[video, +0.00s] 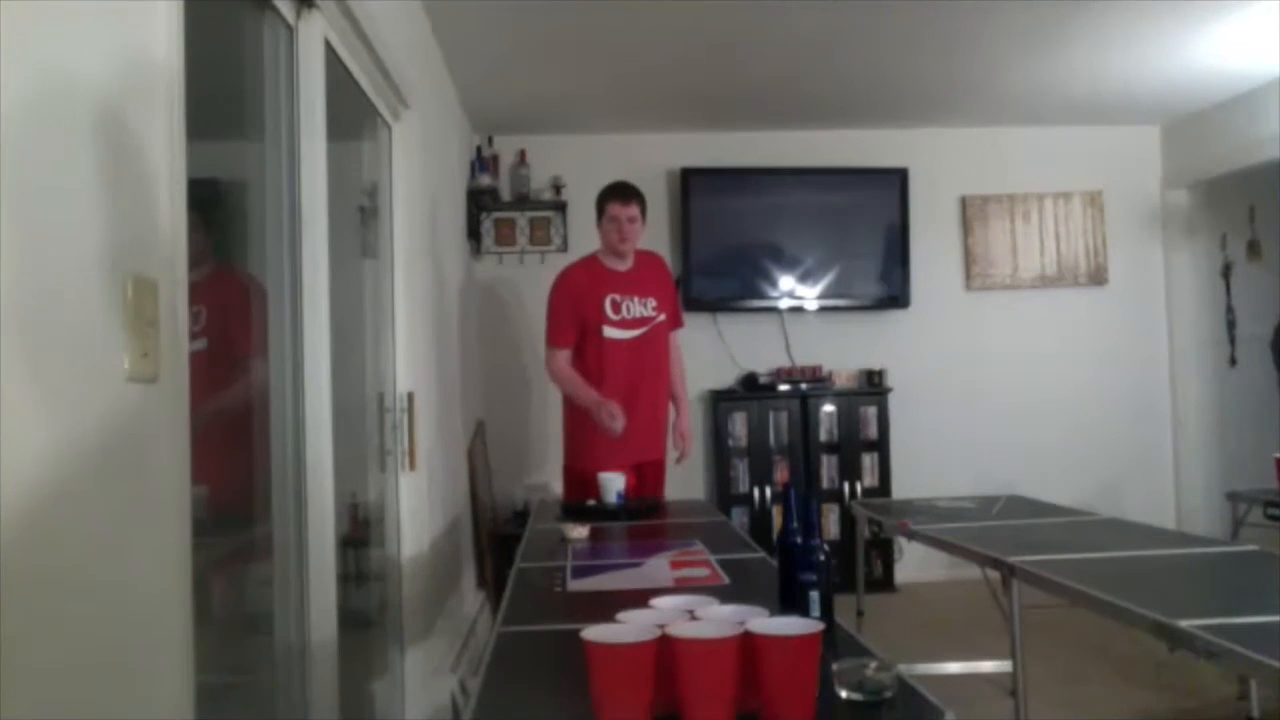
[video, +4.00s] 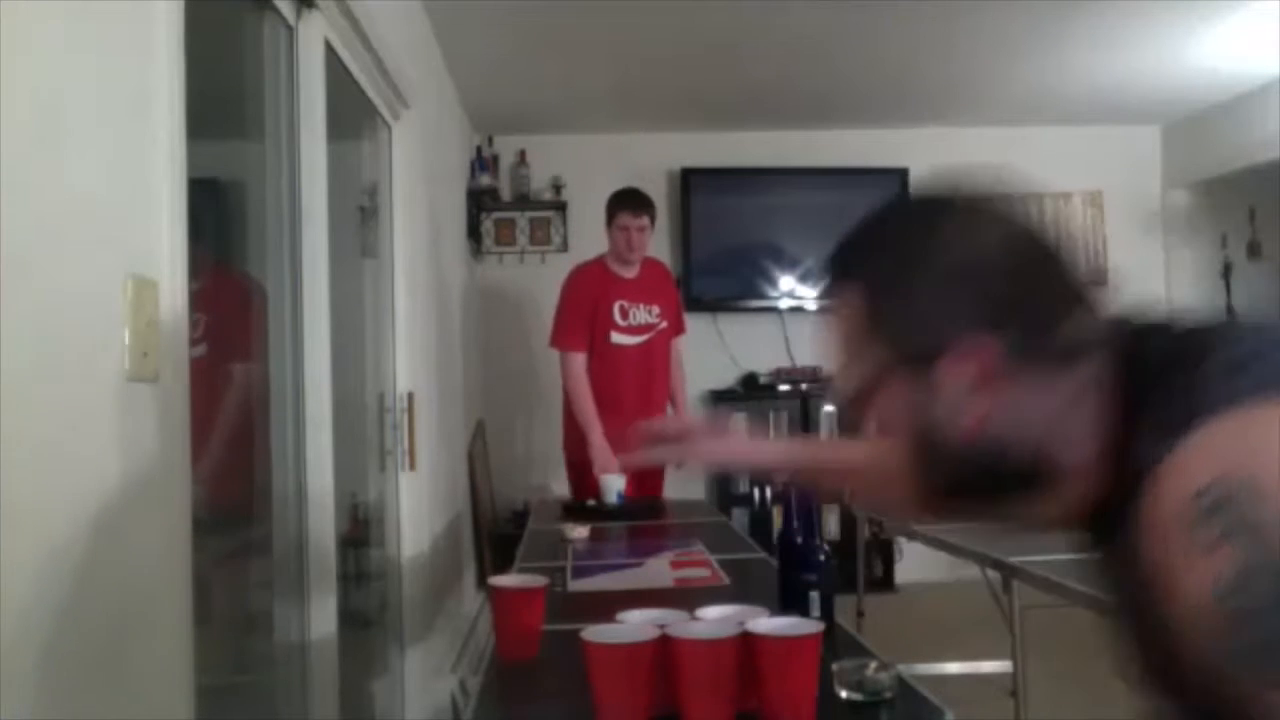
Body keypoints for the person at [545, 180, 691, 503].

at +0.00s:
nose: (623, 230)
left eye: (632, 221)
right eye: (614, 221)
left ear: (643, 226)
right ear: (599, 225)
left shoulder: (657, 271)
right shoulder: (574, 280)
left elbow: (670, 346)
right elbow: (557, 363)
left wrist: (682, 413)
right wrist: (596, 404)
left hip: (649, 438)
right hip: (594, 442)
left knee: (648, 540)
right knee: (594, 541)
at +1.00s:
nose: (631, 216)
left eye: (639, 207)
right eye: (623, 208)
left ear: (649, 215)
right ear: (608, 213)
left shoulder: (657, 261)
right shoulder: (587, 261)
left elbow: (675, 339)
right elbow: (601, 282)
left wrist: (691, 404)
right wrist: (617, 198)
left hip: (654, 431)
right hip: (602, 432)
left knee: (653, 543)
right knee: (598, 544)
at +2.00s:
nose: (639, 241)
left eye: (648, 233)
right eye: (630, 231)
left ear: (658, 232)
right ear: (616, 228)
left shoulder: (669, 273)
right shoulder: (593, 274)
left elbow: (683, 347)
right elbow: (543, 345)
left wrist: (689, 419)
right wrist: (579, 417)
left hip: (656, 443)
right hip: (601, 444)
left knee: (654, 545)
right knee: (598, 545)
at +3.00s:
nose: (625, 258)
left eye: (634, 249)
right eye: (616, 249)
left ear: (645, 242)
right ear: (602, 239)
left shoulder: (662, 277)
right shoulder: (578, 283)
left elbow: (677, 341)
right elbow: (558, 370)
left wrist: (667, 406)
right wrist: (594, 441)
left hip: (648, 440)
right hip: (590, 444)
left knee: (650, 540)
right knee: (595, 544)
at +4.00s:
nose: (633, 239)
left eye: (641, 230)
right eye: (623, 229)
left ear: (651, 233)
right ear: (608, 231)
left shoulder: (661, 278)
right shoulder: (584, 281)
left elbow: (673, 355)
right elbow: (573, 371)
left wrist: (683, 423)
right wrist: (597, 444)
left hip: (651, 440)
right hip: (597, 444)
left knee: (646, 544)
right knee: (602, 543)